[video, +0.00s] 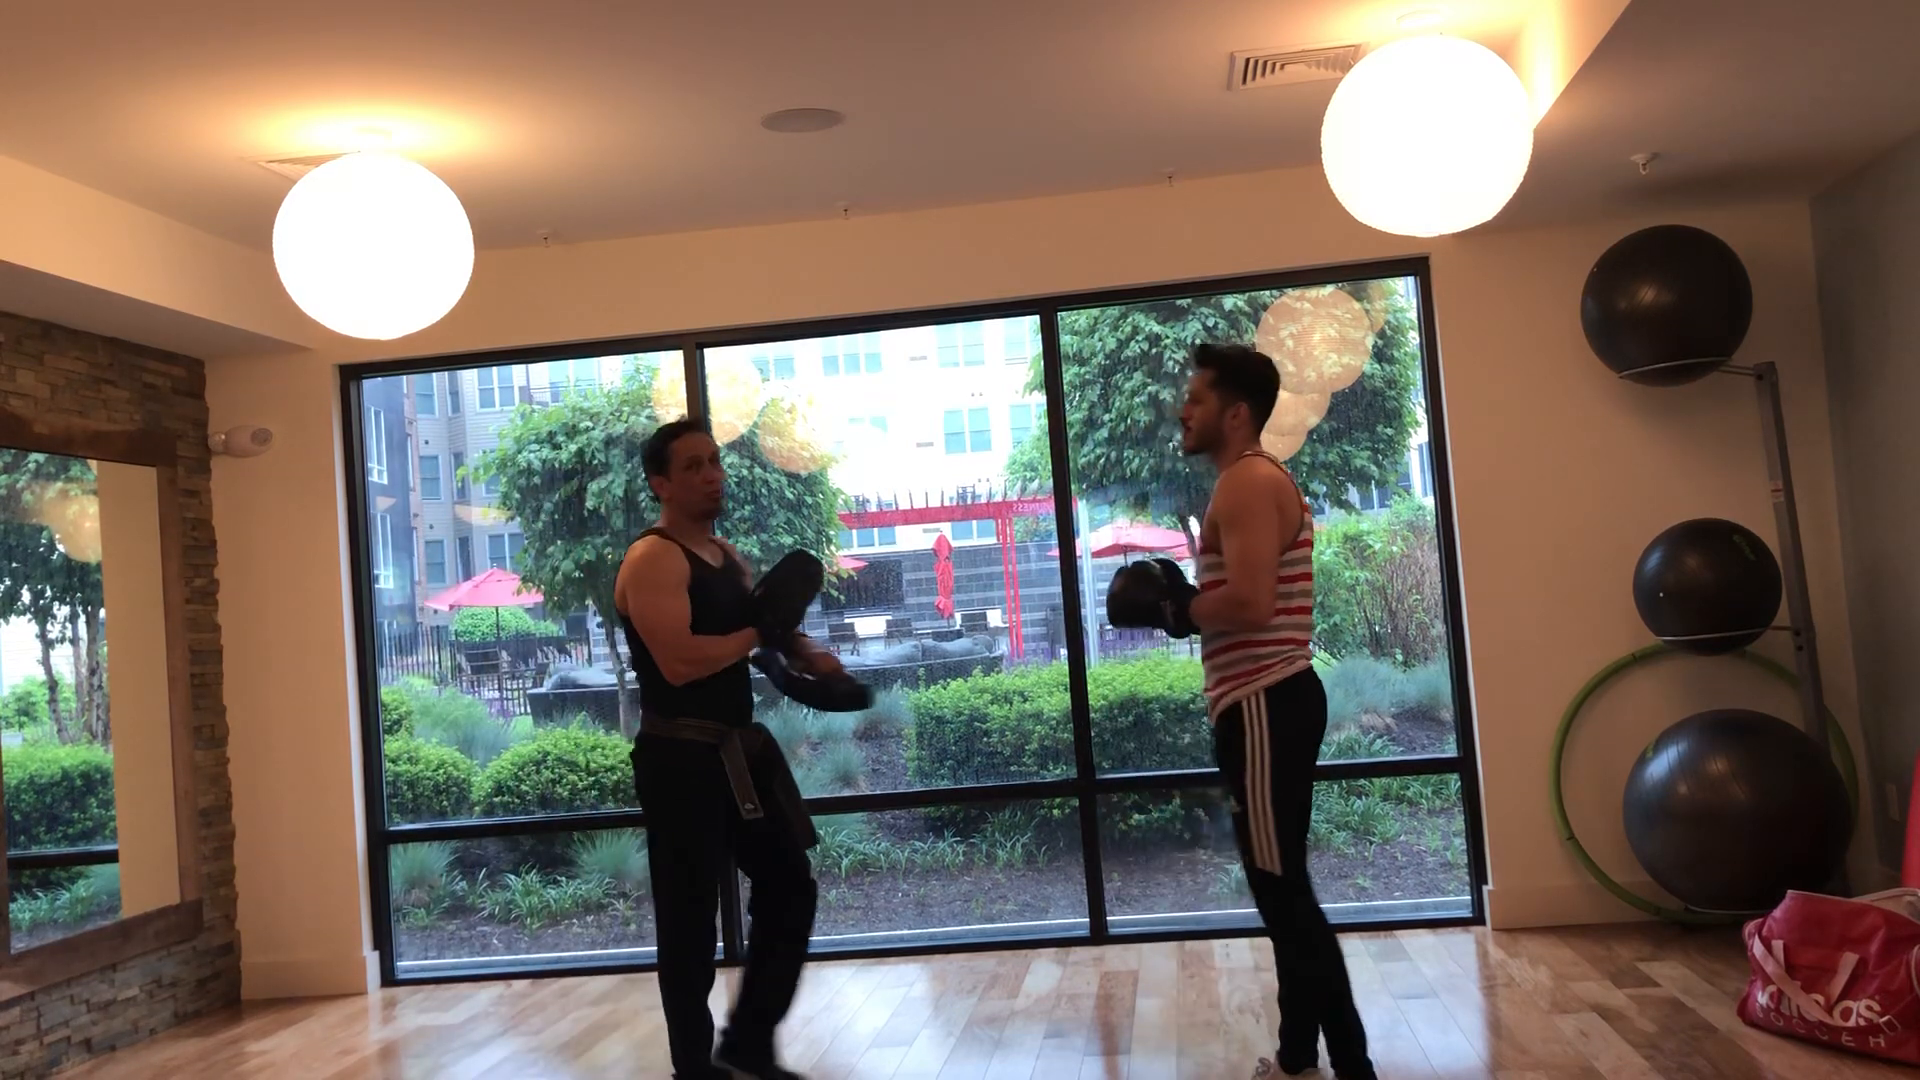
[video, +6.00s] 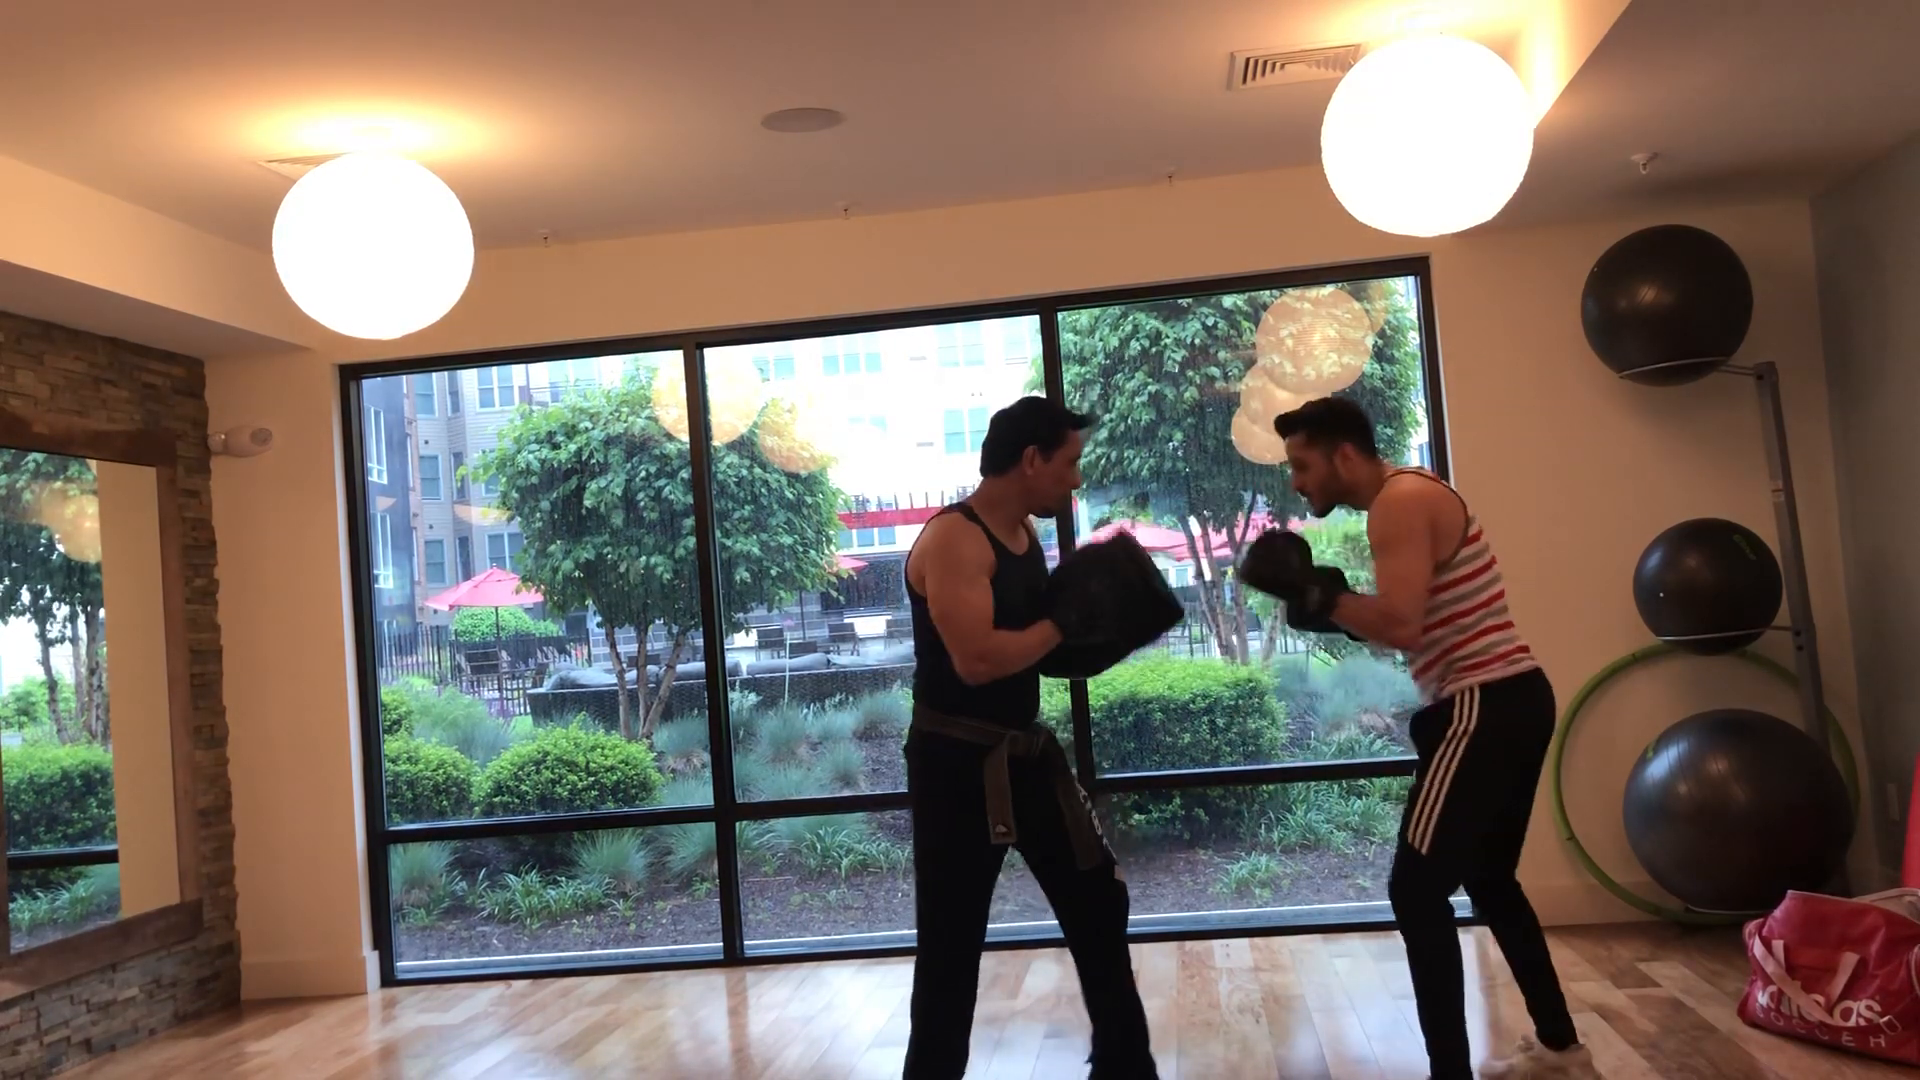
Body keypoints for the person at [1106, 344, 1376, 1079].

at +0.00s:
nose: (1182, 411)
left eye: (1195, 398)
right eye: (1185, 397)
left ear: (1237, 410)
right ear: (1238, 413)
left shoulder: (1248, 482)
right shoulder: (1261, 481)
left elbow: (1248, 604)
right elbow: (1255, 601)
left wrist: (1168, 608)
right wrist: (1178, 598)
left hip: (1266, 702)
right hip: (1268, 698)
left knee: (1280, 885)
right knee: (1275, 883)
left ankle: (1353, 1065)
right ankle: (1297, 1054)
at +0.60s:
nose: (1214, 401)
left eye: (1230, 389)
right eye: (1217, 387)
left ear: (1278, 401)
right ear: (1254, 401)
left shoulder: (1319, 478)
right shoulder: (1251, 489)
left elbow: (1369, 601)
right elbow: (1278, 593)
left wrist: (1256, 623)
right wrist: (1218, 603)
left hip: (1331, 703)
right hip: (1273, 708)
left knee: (1349, 894)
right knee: (1269, 893)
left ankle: (1369, 1071)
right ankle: (1302, 1062)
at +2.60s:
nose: (1266, 410)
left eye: (1282, 396)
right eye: (1263, 396)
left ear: (1327, 401)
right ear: (1264, 403)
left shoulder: (1365, 480)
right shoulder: (1280, 498)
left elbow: (1420, 595)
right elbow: (1311, 598)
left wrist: (1315, 614)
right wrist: (1253, 610)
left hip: (1364, 698)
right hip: (1309, 708)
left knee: (1375, 882)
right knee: (1346, 884)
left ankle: (1403, 1061)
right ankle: (1395, 1052)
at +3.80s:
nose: (1240, 433)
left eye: (1247, 416)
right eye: (1239, 418)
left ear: (1286, 412)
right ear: (1298, 415)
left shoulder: (1329, 475)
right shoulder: (1355, 469)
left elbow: (1355, 590)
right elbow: (1361, 594)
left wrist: (1270, 600)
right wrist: (1280, 611)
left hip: (1375, 700)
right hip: (1409, 692)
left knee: (1338, 894)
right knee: (1413, 873)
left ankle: (1385, 1069)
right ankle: (1453, 1047)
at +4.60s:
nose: (1236, 529)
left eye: (1239, 511)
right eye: (1231, 514)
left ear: (1283, 498)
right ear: (1292, 498)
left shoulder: (1336, 550)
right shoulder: (1371, 530)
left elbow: (1293, 689)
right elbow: (1370, 664)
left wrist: (1234, 626)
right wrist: (1267, 628)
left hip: (1465, 734)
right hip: (1491, 725)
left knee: (1374, 919)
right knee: (1427, 898)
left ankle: (1423, 1070)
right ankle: (1478, 1048)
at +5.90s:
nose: (1282, 468)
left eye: (1288, 450)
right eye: (1278, 452)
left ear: (1330, 442)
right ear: (1335, 445)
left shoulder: (1389, 495)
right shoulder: (1400, 489)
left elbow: (1372, 621)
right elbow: (1401, 612)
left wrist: (1290, 574)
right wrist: (1332, 617)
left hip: (1471, 701)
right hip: (1485, 694)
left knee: (1430, 892)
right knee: (1482, 879)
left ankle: (1450, 1072)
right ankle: (1554, 1030)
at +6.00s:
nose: (1295, 482)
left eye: (1300, 465)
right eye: (1291, 468)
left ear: (1344, 455)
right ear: (1348, 457)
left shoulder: (1399, 502)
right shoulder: (1417, 493)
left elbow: (1402, 624)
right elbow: (1417, 623)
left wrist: (1320, 592)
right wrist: (1338, 604)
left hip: (1482, 706)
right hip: (1511, 698)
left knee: (1414, 890)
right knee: (1490, 877)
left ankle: (1449, 1072)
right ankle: (1556, 1032)